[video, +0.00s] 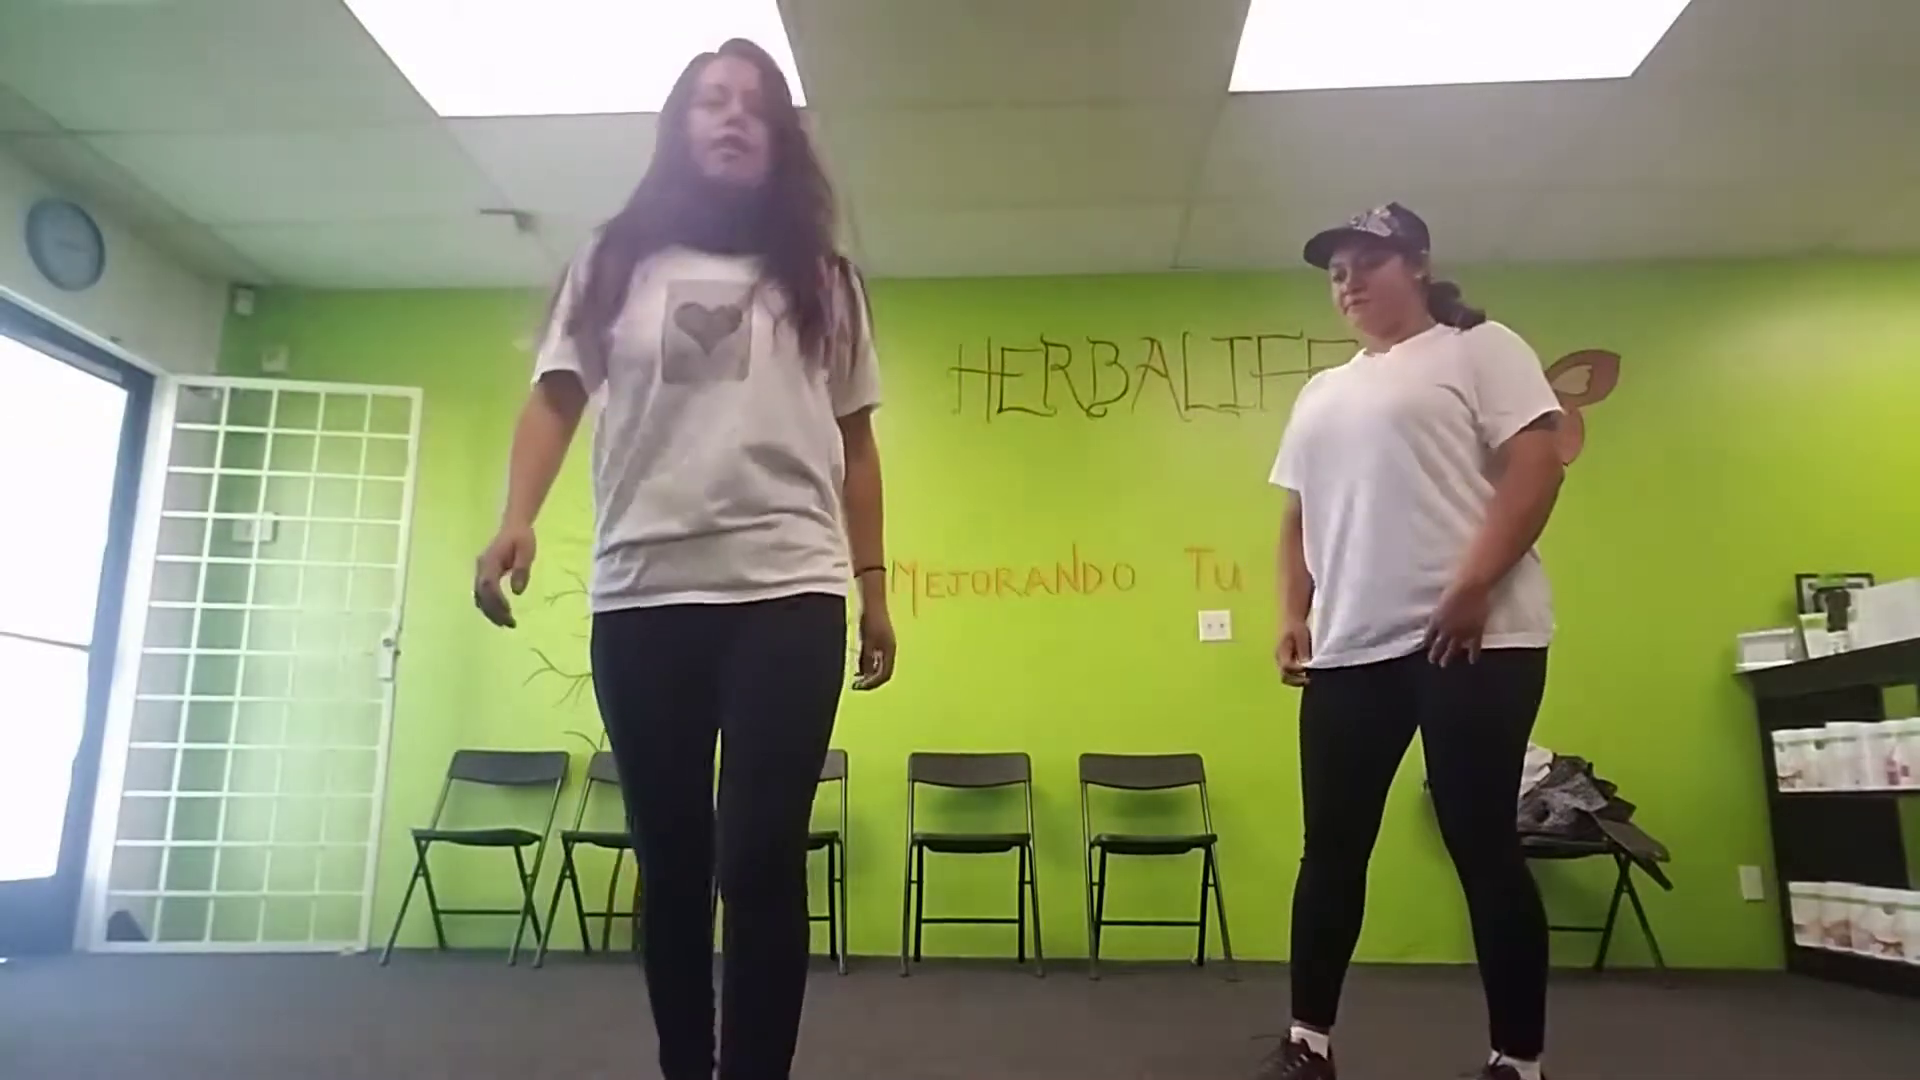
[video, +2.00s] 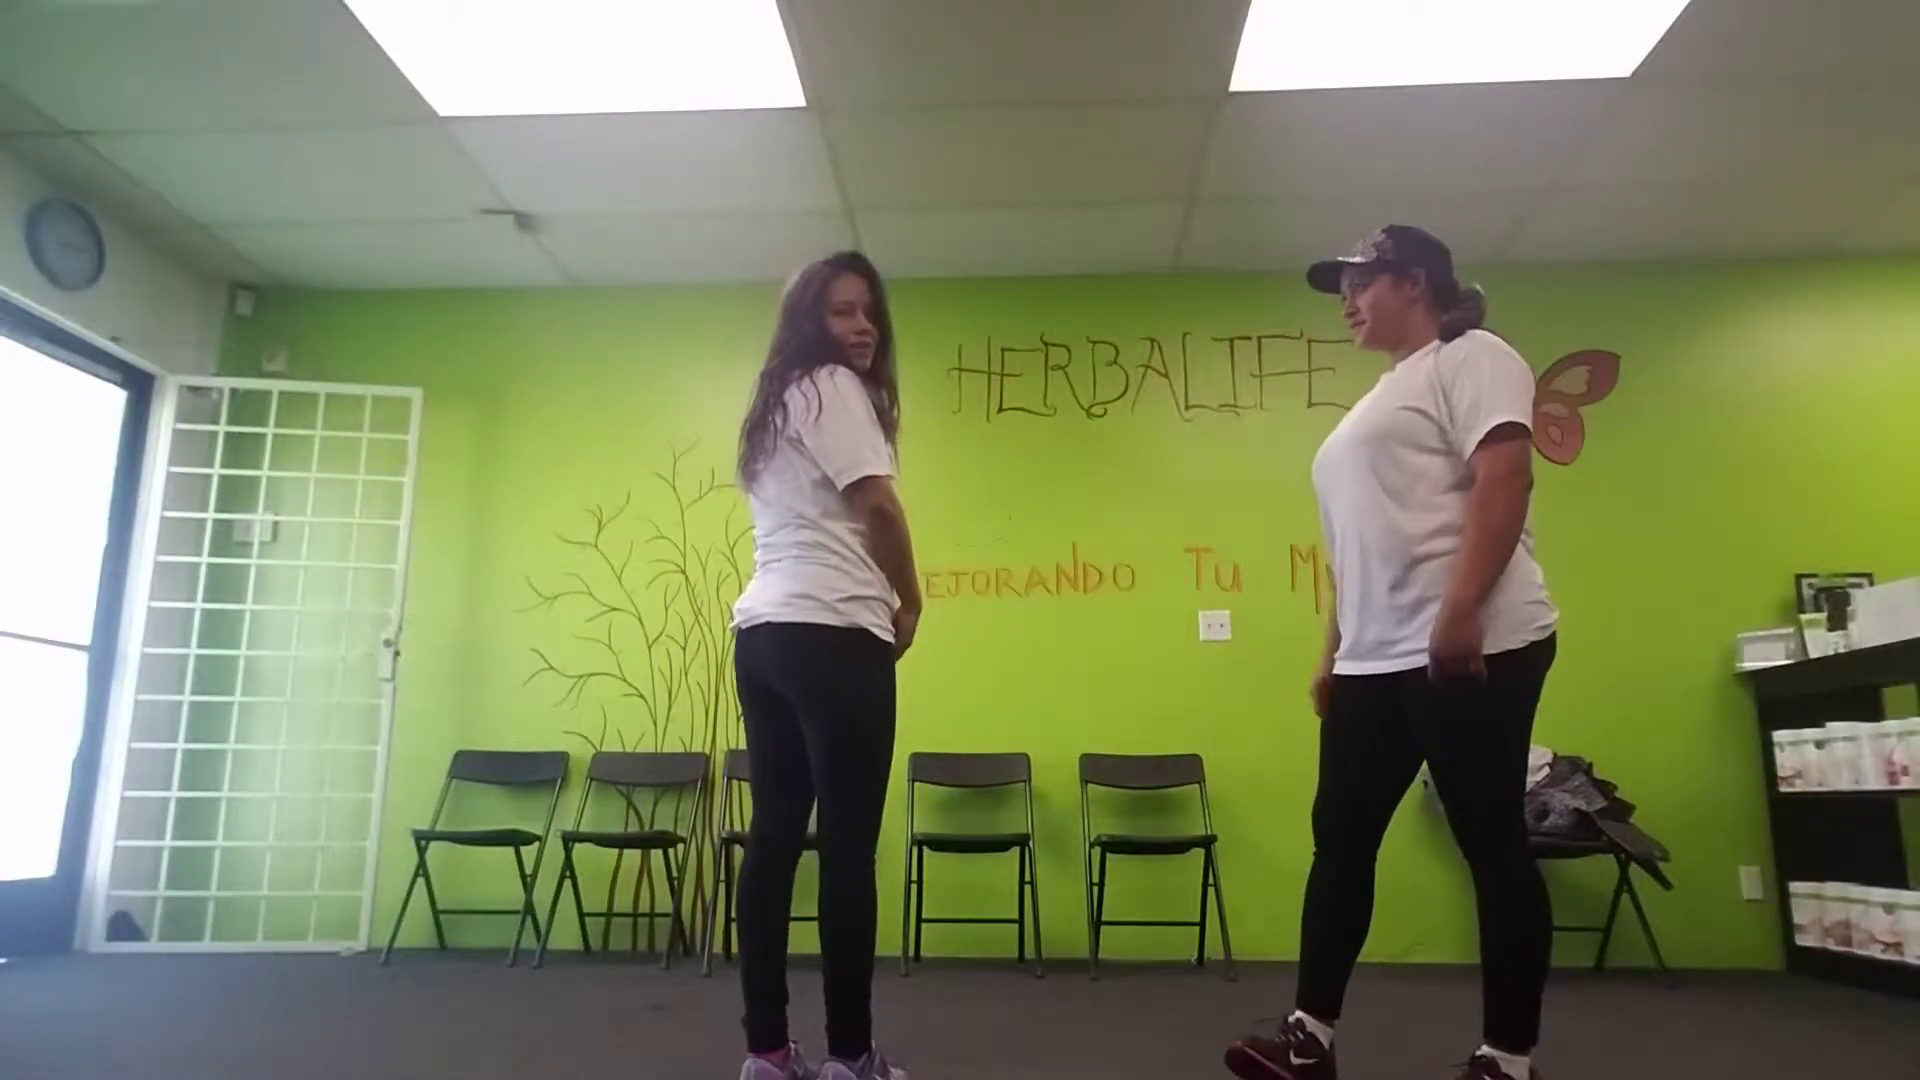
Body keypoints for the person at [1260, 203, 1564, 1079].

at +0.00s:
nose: (1349, 283)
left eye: (1367, 264)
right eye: (1339, 273)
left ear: (1418, 265)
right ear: (1335, 287)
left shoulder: (1483, 348)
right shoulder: (1320, 393)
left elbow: (1536, 464)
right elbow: (1300, 517)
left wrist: (1475, 584)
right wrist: (1294, 610)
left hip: (1475, 641)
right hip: (1350, 656)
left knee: (1483, 845)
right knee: (1331, 847)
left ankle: (1518, 1060)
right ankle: (1308, 1044)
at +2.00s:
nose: (1347, 301)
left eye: (1360, 283)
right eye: (1346, 289)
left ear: (1412, 283)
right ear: (1392, 291)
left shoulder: (1473, 355)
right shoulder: (1380, 399)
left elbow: (1505, 479)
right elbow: (1362, 542)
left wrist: (1462, 606)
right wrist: (1337, 652)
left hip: (1474, 650)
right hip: (1374, 662)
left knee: (1496, 848)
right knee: (1341, 839)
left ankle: (1508, 1058)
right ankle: (1310, 1035)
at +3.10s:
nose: (1317, 307)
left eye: (1328, 290)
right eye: (1317, 293)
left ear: (1376, 291)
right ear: (1379, 297)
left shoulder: (1394, 360)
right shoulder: (1406, 365)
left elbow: (1389, 486)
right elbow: (1401, 516)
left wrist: (1336, 620)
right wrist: (1360, 645)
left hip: (1427, 635)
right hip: (1410, 638)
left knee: (1451, 835)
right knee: (1401, 833)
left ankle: (1503, 1060)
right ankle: (1411, 1044)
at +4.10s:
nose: (1284, 351)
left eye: (1292, 337)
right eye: (1285, 338)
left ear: (1329, 333)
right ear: (1363, 337)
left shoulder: (1316, 387)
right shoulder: (1422, 418)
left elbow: (1289, 485)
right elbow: (1454, 552)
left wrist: (1207, 570)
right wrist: (1384, 606)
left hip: (1335, 649)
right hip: (1424, 645)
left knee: (1315, 836)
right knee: (1399, 831)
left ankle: (1455, 1012)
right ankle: (1408, 1036)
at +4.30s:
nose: (1276, 351)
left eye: (1284, 337)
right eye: (1277, 337)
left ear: (1319, 336)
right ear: (1359, 340)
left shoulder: (1295, 395)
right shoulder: (1424, 417)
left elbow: (1244, 492)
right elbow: (1455, 545)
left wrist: (1189, 551)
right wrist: (1375, 566)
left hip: (1316, 651)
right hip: (1422, 645)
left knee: (1293, 832)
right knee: (1402, 832)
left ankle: (1358, 1014)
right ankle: (1419, 1033)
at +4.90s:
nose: (1202, 330)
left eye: (1209, 316)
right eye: (1205, 316)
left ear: (1232, 319)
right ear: (1290, 319)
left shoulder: (1184, 394)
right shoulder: (1347, 394)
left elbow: (1153, 508)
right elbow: (1356, 505)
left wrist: (1236, 475)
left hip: (1225, 647)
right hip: (1346, 638)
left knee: (1230, 845)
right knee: (1362, 831)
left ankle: (1235, 1050)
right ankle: (1407, 1036)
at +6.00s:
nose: (1224, 458)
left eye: (1229, 443)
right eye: (1225, 443)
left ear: (1259, 440)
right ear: (1305, 443)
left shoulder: (1219, 514)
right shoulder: (1373, 510)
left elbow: (1187, 618)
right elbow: (1375, 595)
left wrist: (1266, 583)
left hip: (1274, 716)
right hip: (1409, 709)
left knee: (1200, 863)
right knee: (1399, 862)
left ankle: (1231, 1049)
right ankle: (1424, 1043)